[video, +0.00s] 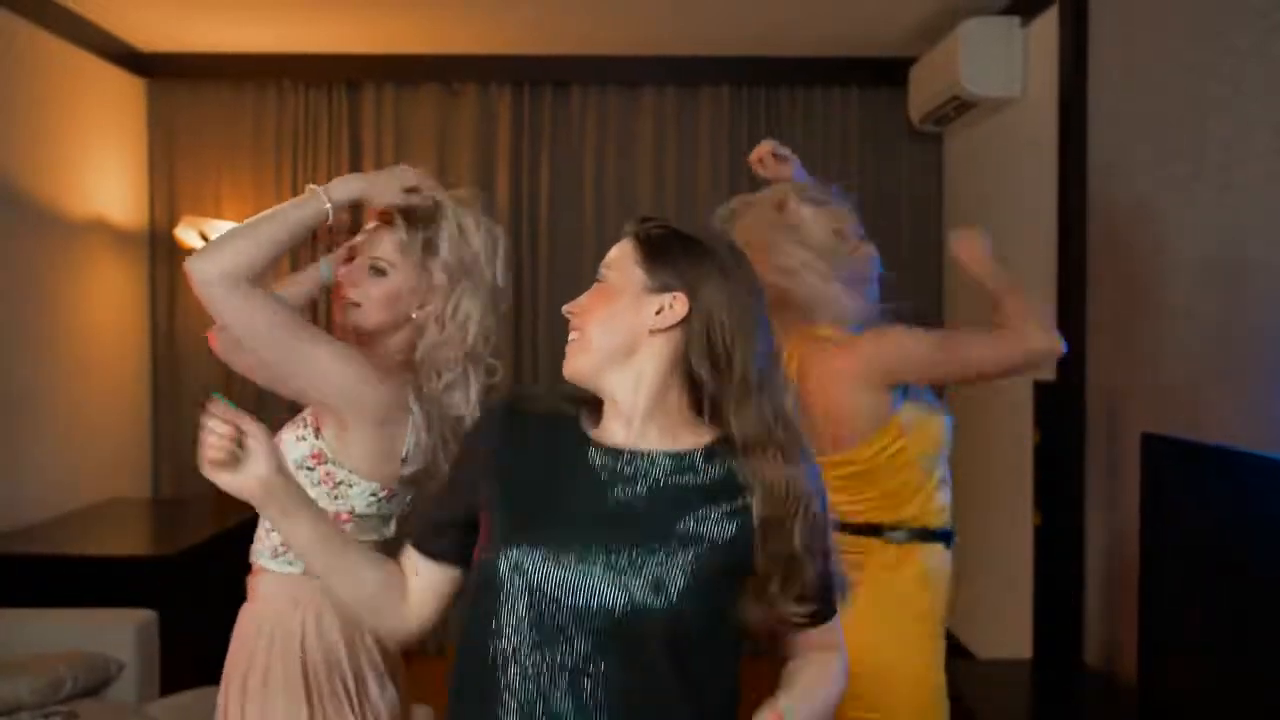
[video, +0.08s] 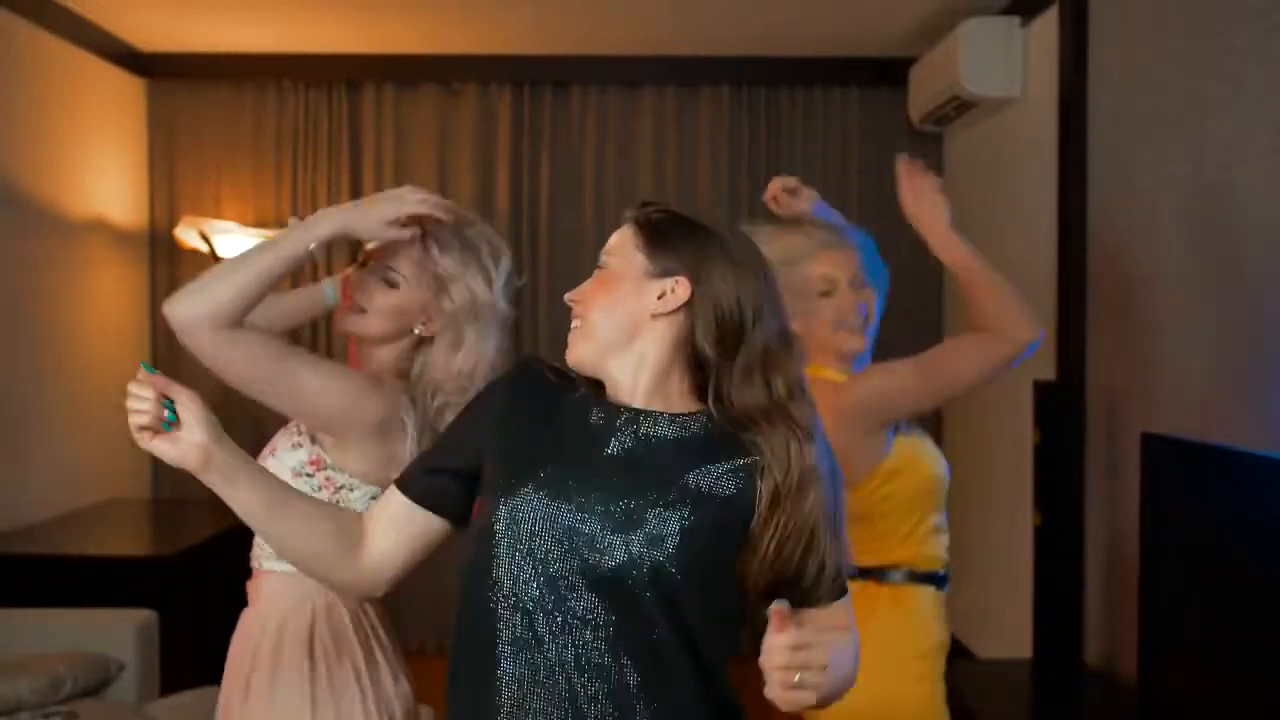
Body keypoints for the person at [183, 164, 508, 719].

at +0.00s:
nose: (345, 280)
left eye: (377, 269)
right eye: (349, 262)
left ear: (432, 297)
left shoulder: (375, 391)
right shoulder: (409, 390)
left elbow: (217, 273)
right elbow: (233, 339)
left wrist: (342, 191)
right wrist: (337, 261)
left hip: (304, 631)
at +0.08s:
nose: (355, 283)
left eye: (389, 280)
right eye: (363, 266)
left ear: (433, 320)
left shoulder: (374, 406)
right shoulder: (382, 400)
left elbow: (193, 315)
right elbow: (233, 327)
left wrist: (336, 220)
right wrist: (348, 283)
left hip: (310, 632)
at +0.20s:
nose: (377, 294)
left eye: (411, 297)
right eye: (377, 274)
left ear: (439, 340)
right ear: (356, 281)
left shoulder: (376, 423)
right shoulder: (366, 414)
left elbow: (168, 463)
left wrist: (266, 315)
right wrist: (296, 349)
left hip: (310, 676)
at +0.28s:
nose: (360, 295)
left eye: (392, 293)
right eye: (360, 275)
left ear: (425, 332)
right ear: (341, 283)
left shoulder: (354, 412)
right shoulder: (398, 411)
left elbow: (236, 568)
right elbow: (233, 525)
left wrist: (189, 413)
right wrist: (239, 408)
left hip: (300, 672)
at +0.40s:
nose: (324, 287)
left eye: (358, 279)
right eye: (324, 268)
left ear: (401, 313)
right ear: (312, 274)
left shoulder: (320, 384)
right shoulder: (403, 397)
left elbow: (332, 573)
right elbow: (314, 567)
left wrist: (192, 611)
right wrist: (186, 574)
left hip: (304, 672)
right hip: (376, 669)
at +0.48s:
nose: (303, 275)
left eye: (337, 266)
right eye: (304, 258)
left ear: (386, 297)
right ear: (293, 267)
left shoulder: (297, 363)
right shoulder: (403, 382)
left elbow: (313, 554)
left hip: (302, 652)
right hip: (375, 643)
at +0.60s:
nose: (287, 284)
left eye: (319, 272)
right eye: (288, 268)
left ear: (372, 301)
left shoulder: (274, 371)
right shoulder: (395, 384)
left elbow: (266, 571)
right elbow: (408, 478)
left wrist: (238, 701)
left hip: (285, 657)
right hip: (374, 651)